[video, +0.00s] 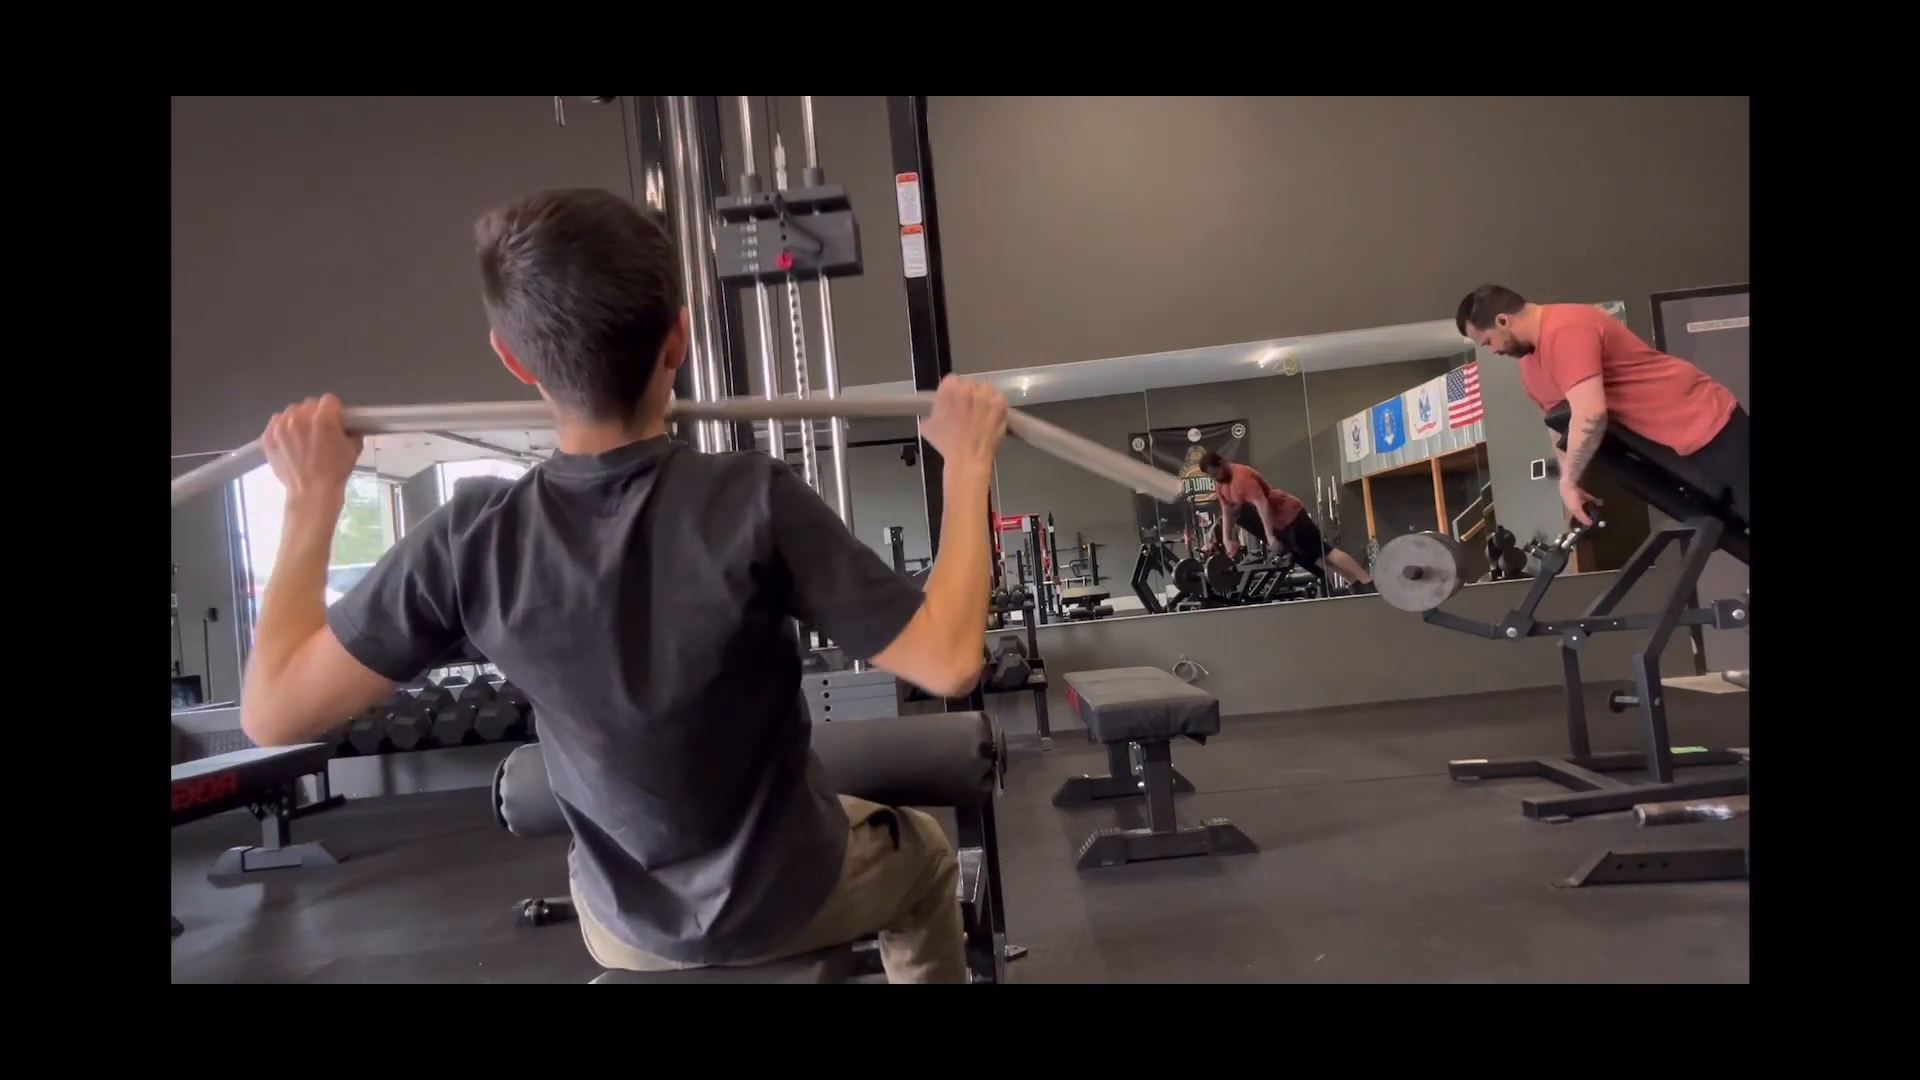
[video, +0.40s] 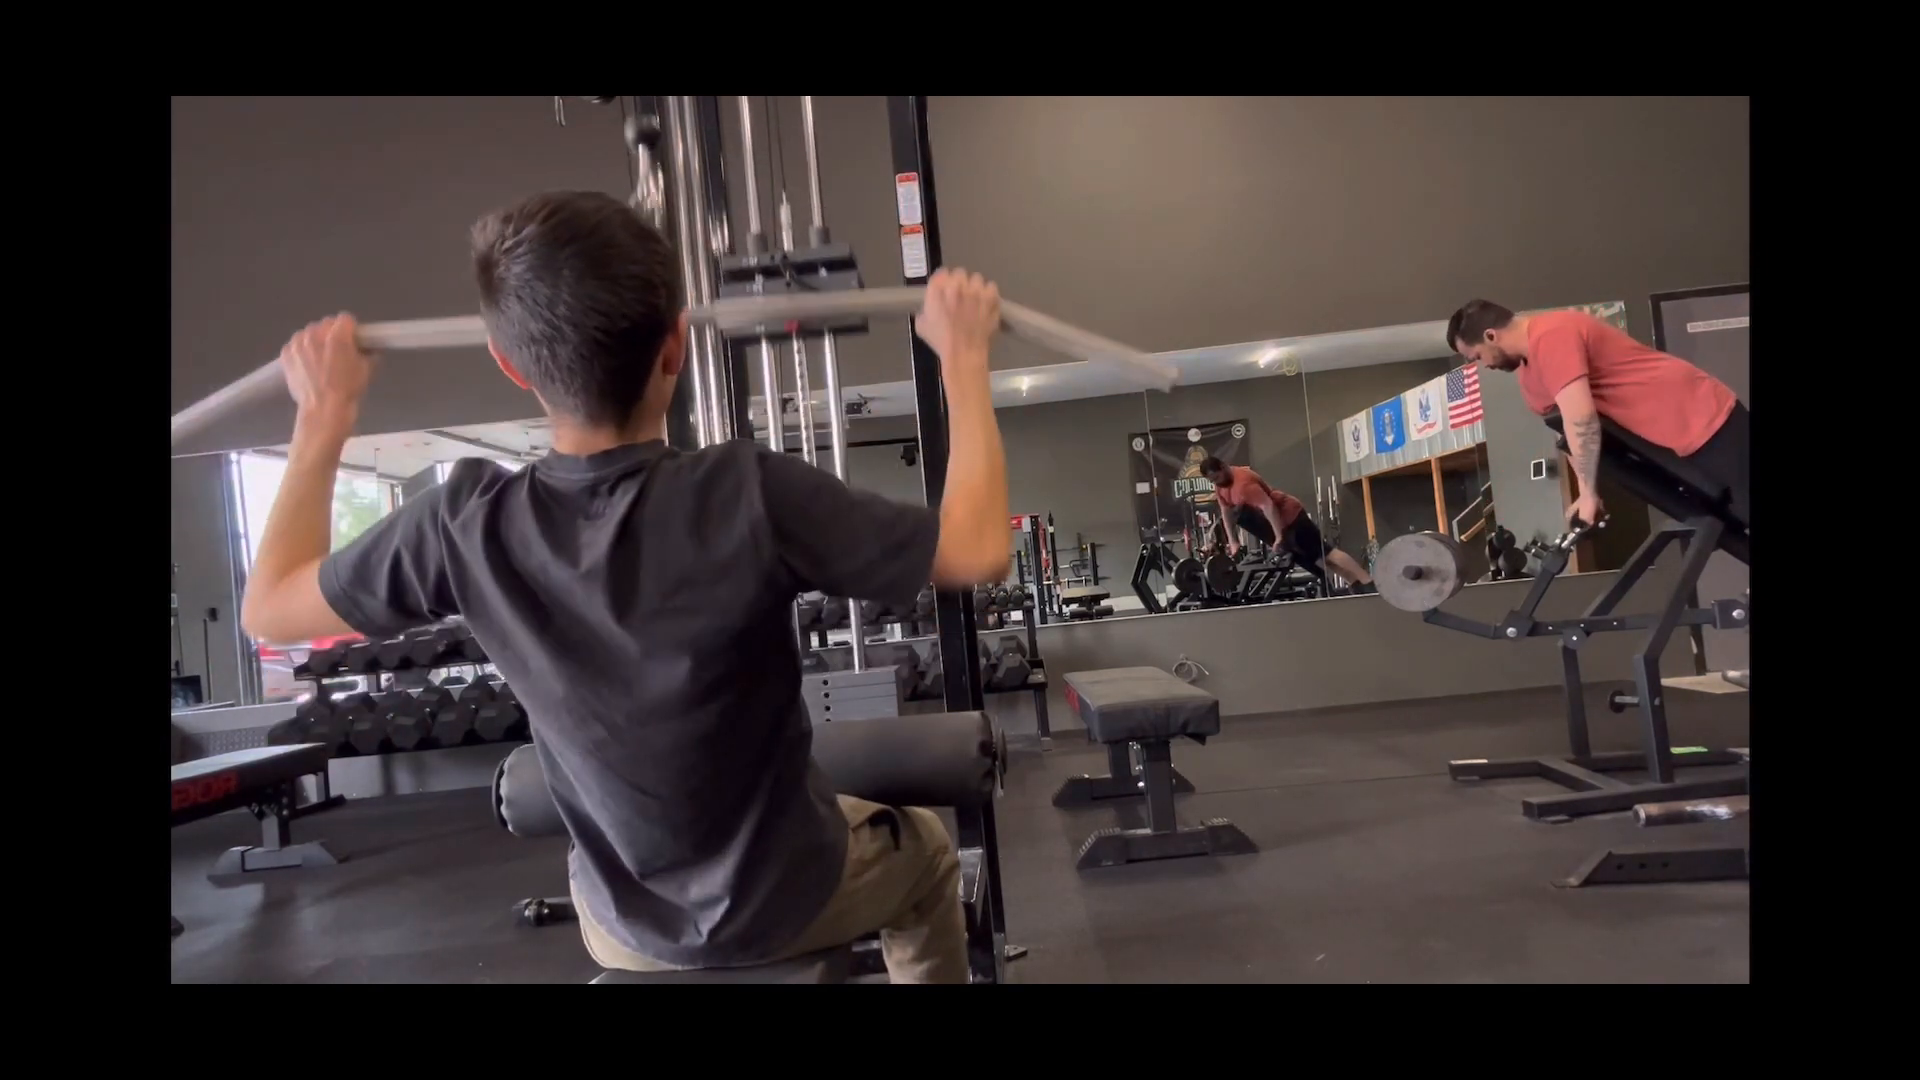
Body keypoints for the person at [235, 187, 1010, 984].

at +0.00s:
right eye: (683, 314)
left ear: (511, 362)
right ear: (680, 337)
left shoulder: (477, 540)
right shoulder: (754, 502)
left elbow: (272, 709)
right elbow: (950, 660)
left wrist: (311, 496)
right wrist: (968, 466)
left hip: (614, 908)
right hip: (784, 895)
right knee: (922, 864)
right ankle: (927, 977)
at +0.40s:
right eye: (683, 315)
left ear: (507, 367)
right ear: (678, 343)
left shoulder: (466, 523)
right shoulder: (752, 493)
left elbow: (271, 610)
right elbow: (978, 549)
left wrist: (322, 419)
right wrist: (966, 363)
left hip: (613, 911)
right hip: (781, 898)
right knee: (922, 859)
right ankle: (932, 981)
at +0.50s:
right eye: (679, 321)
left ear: (504, 368)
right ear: (672, 346)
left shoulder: (467, 515)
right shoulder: (743, 485)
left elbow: (288, 525)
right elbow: (971, 466)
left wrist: (323, 338)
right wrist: (957, 281)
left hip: (612, 911)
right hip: (775, 895)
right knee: (926, 864)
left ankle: (615, 970)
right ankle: (932, 978)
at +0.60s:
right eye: (677, 316)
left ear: (506, 363)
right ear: (665, 340)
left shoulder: (473, 503)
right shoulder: (746, 464)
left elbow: (303, 433)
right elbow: (955, 395)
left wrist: (322, 255)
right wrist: (947, 203)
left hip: (616, 915)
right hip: (775, 892)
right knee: (925, 857)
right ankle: (932, 983)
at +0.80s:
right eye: (686, 299)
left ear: (522, 341)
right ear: (682, 322)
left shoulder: (494, 466)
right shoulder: (749, 428)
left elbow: (358, 313)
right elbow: (904, 271)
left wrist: (334, 138)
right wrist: (927, 100)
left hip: (615, 915)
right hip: (779, 895)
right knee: (924, 854)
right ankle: (933, 980)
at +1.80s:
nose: (680, 330)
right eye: (681, 310)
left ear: (510, 343)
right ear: (668, 331)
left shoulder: (470, 503)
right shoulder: (739, 472)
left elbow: (290, 427)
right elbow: (954, 382)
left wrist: (307, 233)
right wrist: (937, 180)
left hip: (616, 915)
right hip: (780, 900)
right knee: (924, 858)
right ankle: (931, 980)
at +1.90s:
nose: (671, 347)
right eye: (670, 328)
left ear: (493, 357)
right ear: (652, 345)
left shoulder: (446, 528)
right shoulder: (724, 497)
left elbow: (263, 513)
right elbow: (967, 455)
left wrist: (296, 312)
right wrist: (943, 255)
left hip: (610, 927)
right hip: (777, 912)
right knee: (922, 857)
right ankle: (931, 980)